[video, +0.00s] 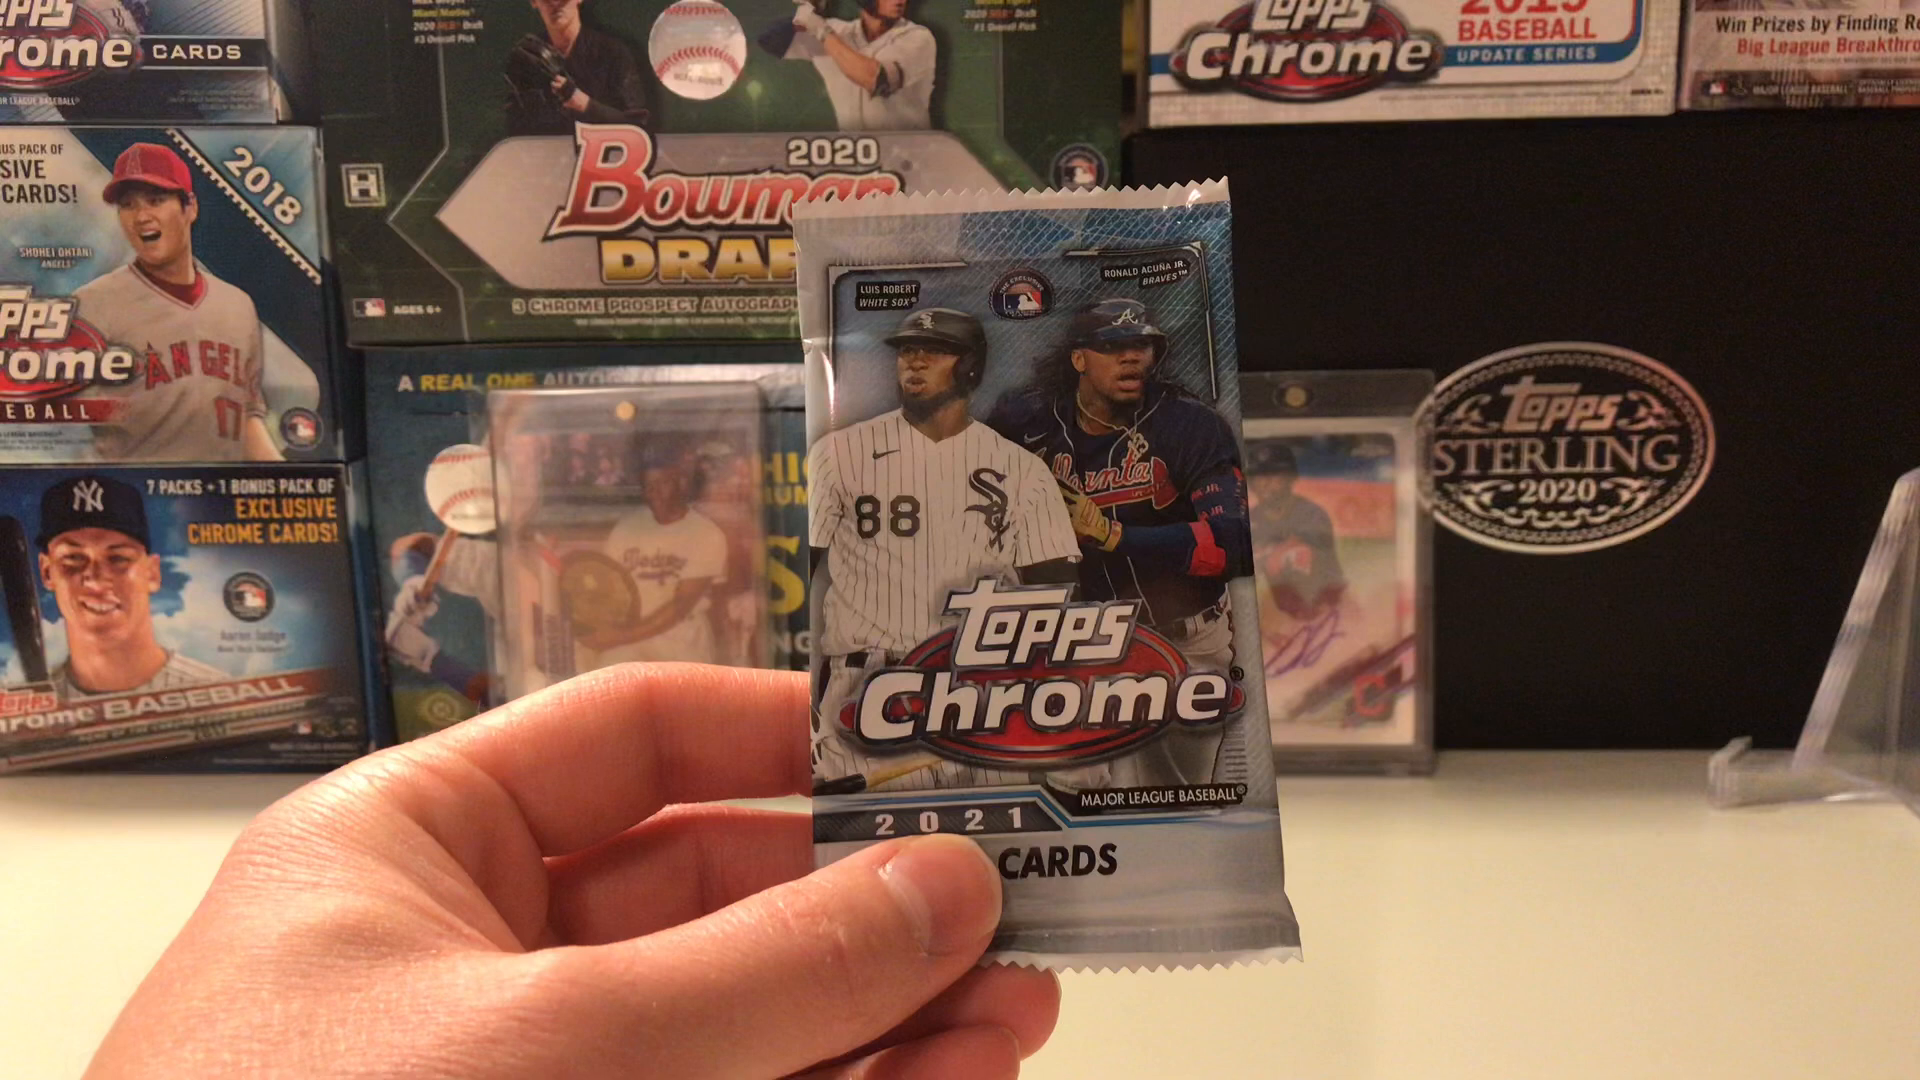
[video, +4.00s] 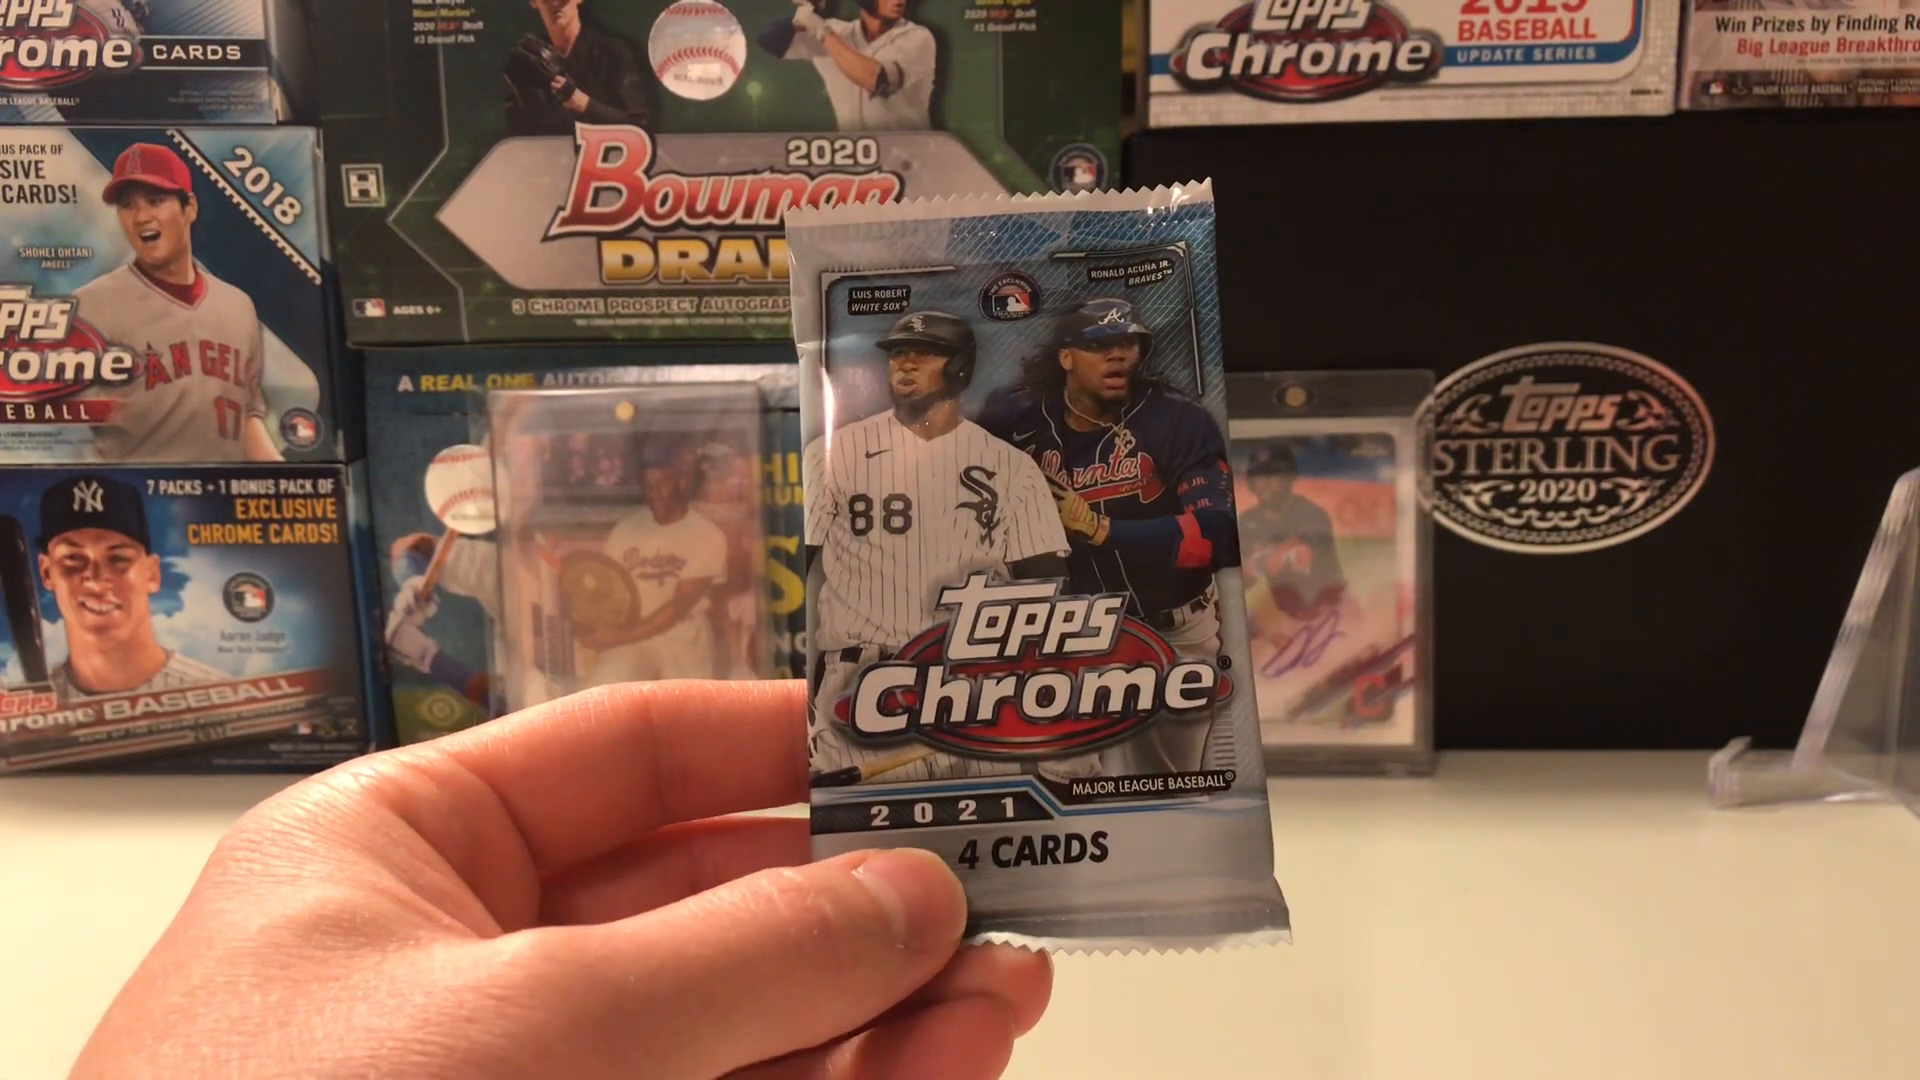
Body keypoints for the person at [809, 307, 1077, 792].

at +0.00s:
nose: (913, 363)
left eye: (931, 352)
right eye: (906, 351)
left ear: (968, 367)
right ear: (896, 360)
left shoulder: (1022, 472)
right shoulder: (837, 457)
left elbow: (1052, 595)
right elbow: (797, 582)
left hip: (977, 705)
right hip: (858, 704)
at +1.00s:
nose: (909, 360)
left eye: (927, 349)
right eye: (902, 348)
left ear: (964, 364)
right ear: (892, 359)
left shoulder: (1018, 469)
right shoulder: (832, 455)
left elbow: (1048, 591)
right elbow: (794, 582)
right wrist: (797, 707)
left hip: (975, 701)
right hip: (856, 701)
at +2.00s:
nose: (911, 360)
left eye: (929, 348)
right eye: (904, 348)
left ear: (966, 364)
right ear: (893, 358)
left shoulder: (1019, 468)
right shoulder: (833, 454)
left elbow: (1050, 590)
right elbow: (802, 578)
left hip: (975, 694)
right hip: (857, 693)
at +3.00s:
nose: (921, 363)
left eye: (938, 351)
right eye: (913, 350)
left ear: (973, 366)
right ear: (902, 361)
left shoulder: (1026, 470)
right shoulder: (848, 453)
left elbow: (1056, 592)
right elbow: (813, 577)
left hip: (980, 699)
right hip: (861, 696)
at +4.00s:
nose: (904, 365)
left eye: (922, 354)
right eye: (897, 353)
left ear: (957, 368)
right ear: (887, 363)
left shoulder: (1011, 469)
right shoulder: (834, 455)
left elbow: (1043, 588)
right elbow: (791, 575)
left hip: (968, 696)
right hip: (851, 694)